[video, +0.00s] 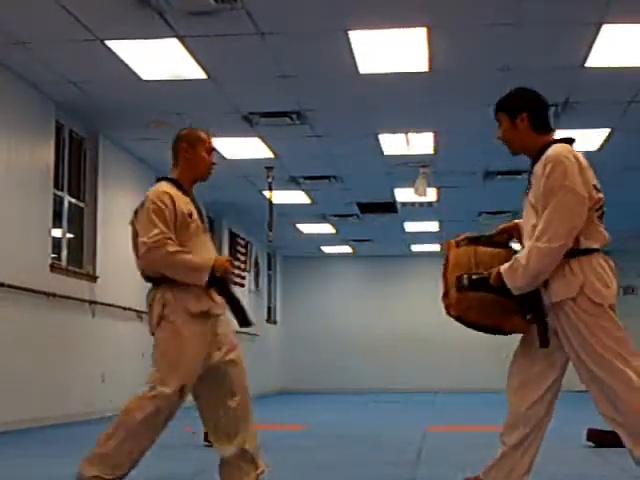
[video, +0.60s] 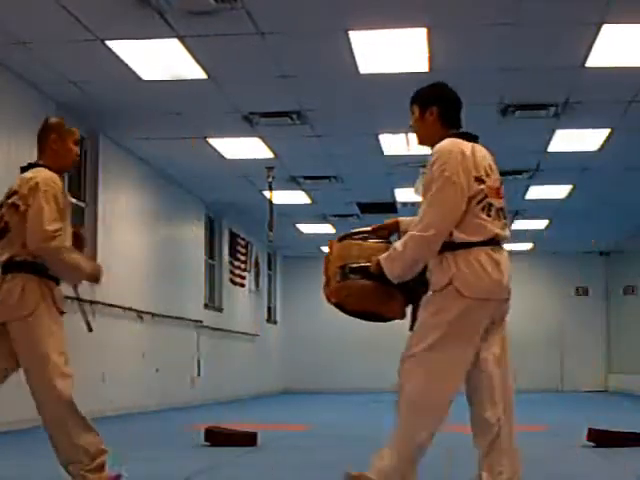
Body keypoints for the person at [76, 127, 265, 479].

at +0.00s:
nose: (214, 160)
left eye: (214, 153)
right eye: (209, 152)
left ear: (189, 154)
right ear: (186, 152)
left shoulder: (189, 204)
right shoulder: (160, 197)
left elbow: (185, 258)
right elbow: (151, 257)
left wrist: (217, 274)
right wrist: (209, 265)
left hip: (210, 308)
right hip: (180, 306)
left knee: (231, 399)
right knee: (165, 394)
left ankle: (243, 471)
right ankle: (99, 471)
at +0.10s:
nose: (191, 159)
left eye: (192, 152)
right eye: (187, 150)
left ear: (166, 150)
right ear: (164, 148)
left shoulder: (159, 195)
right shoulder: (141, 188)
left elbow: (154, 250)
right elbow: (147, 246)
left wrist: (188, 260)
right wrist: (199, 248)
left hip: (169, 298)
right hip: (147, 296)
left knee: (197, 393)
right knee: (135, 395)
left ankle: (240, 467)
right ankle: (99, 472)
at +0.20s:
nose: (166, 154)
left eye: (167, 147)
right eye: (163, 145)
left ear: (141, 145)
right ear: (140, 143)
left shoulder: (133, 187)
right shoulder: (119, 181)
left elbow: (123, 247)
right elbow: (134, 235)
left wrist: (158, 263)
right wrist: (184, 243)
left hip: (134, 293)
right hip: (117, 291)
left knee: (160, 385)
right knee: (112, 389)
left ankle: (185, 468)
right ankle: (97, 471)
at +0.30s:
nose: (141, 147)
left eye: (141, 140)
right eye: (136, 139)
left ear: (113, 140)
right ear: (113, 139)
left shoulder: (107, 177)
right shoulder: (100, 175)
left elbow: (102, 239)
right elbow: (117, 231)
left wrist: (139, 256)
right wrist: (164, 241)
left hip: (106, 286)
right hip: (94, 286)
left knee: (111, 374)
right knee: (95, 375)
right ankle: (93, 466)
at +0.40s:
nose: (114, 144)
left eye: (114, 138)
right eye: (109, 136)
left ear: (87, 139)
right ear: (87, 136)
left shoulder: (71, 175)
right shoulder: (81, 174)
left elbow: (77, 237)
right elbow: (92, 232)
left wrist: (116, 247)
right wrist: (135, 241)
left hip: (67, 285)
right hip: (69, 285)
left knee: (62, 381)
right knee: (75, 381)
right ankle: (94, 468)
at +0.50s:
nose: (102, 146)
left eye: (101, 139)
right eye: (97, 138)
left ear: (73, 141)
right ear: (75, 138)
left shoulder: (50, 177)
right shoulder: (69, 174)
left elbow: (58, 237)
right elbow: (78, 234)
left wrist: (100, 234)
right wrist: (119, 245)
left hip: (40, 283)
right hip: (59, 283)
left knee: (30, 379)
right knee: (68, 380)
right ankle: (93, 466)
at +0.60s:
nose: (79, 151)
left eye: (79, 144)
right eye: (74, 143)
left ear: (48, 145)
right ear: (53, 143)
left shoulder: (26, 182)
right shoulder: (45, 181)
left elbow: (23, 240)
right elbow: (46, 240)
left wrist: (65, 241)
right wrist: (85, 268)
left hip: (12, 286)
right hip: (26, 287)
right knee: (53, 382)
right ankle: (88, 466)